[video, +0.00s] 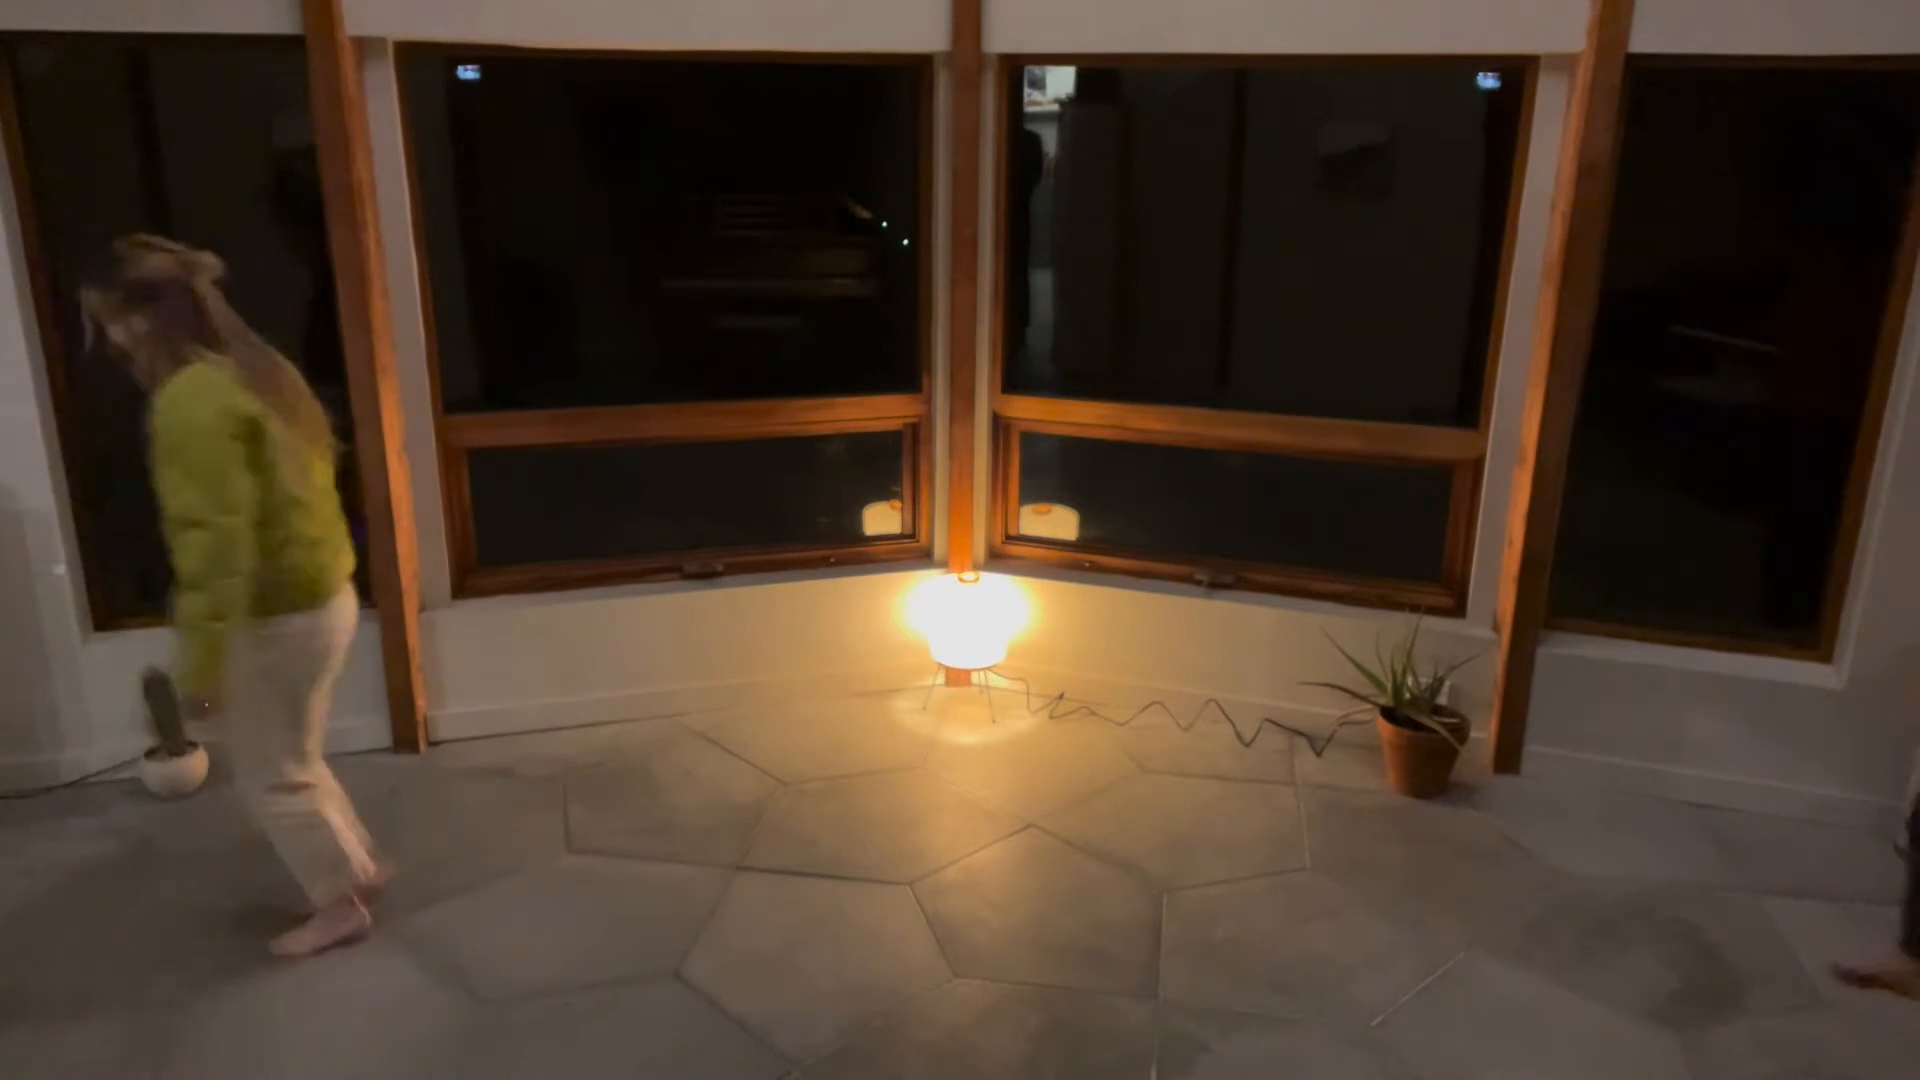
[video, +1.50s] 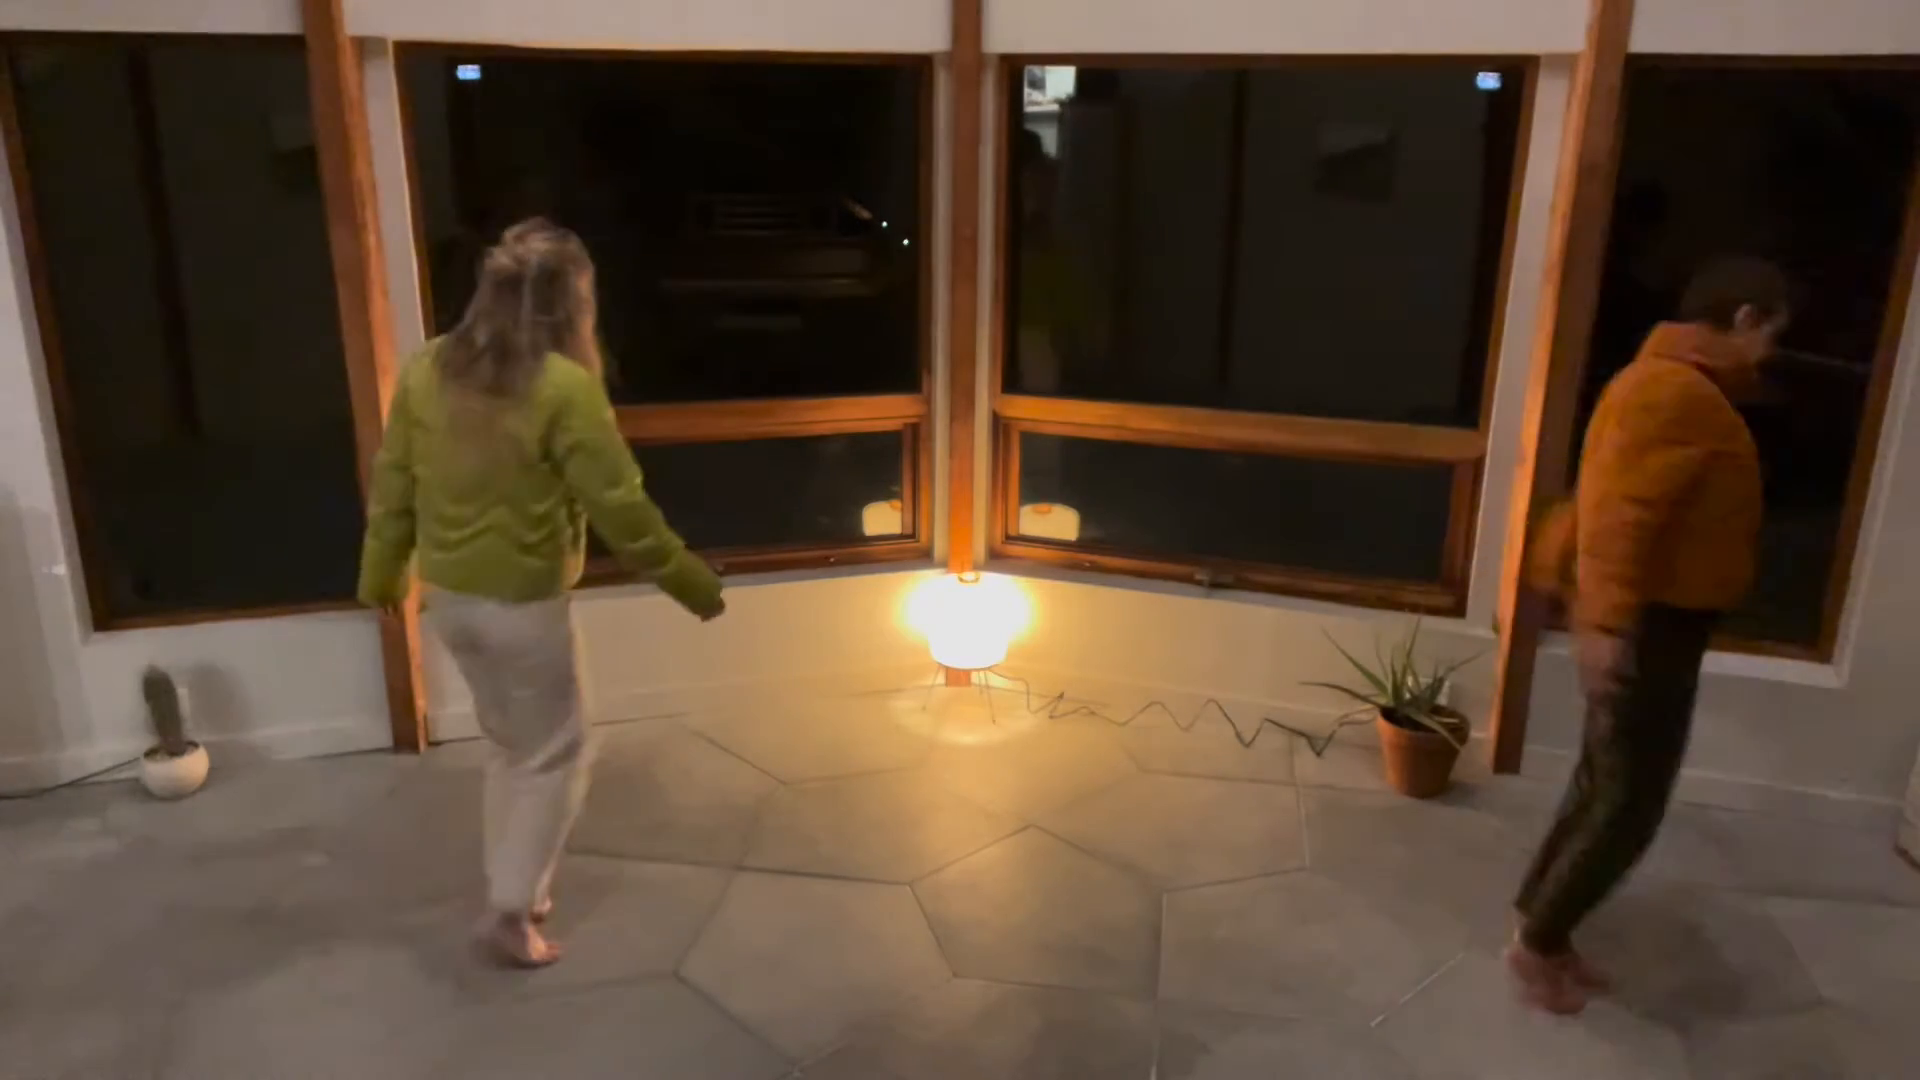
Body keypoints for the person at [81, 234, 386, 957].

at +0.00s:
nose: (111, 343)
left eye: (112, 326)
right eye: (105, 329)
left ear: (146, 318)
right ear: (181, 307)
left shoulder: (190, 400)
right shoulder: (256, 369)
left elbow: (213, 548)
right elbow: (308, 496)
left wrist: (201, 672)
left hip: (278, 616)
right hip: (324, 601)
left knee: (268, 772)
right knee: (298, 758)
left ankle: (337, 904)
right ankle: (357, 865)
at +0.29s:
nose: (247, 339)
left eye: (263, 324)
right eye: (236, 324)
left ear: (307, 320)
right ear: (221, 327)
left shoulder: (353, 390)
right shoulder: (242, 407)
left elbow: (403, 512)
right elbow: (235, 497)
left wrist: (409, 635)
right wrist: (202, 553)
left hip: (395, 600)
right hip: (315, 606)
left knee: (416, 748)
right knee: (312, 754)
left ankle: (457, 859)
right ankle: (376, 847)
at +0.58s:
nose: (388, 333)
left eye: (403, 317)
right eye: (375, 314)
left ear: (419, 314)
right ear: (340, 308)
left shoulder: (440, 380)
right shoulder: (277, 388)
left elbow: (507, 477)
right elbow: (221, 497)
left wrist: (562, 571)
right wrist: (158, 594)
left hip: (450, 594)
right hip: (352, 606)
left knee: (479, 735)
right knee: (387, 751)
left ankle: (480, 855)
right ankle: (415, 843)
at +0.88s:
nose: (491, 332)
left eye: (495, 318)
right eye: (480, 317)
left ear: (489, 314)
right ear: (434, 308)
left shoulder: (473, 375)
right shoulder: (355, 384)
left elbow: (511, 466)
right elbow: (315, 506)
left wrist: (564, 530)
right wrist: (310, 622)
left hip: (472, 595)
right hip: (397, 612)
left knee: (506, 731)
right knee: (433, 757)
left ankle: (463, 864)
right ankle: (402, 890)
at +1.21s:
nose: (545, 329)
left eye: (546, 312)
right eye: (538, 312)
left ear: (460, 304)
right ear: (502, 313)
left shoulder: (423, 372)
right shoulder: (475, 387)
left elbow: (409, 496)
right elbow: (511, 524)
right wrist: (590, 621)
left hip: (423, 595)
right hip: (453, 602)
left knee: (492, 742)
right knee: (509, 757)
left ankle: (472, 886)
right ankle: (424, 896)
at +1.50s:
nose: (592, 311)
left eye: (590, 298)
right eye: (587, 298)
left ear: (492, 292)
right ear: (565, 305)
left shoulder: (427, 368)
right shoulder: (565, 386)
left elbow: (393, 487)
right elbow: (619, 507)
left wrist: (378, 579)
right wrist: (693, 583)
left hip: (448, 601)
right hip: (523, 608)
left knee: (509, 747)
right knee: (554, 750)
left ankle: (513, 893)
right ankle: (513, 914)